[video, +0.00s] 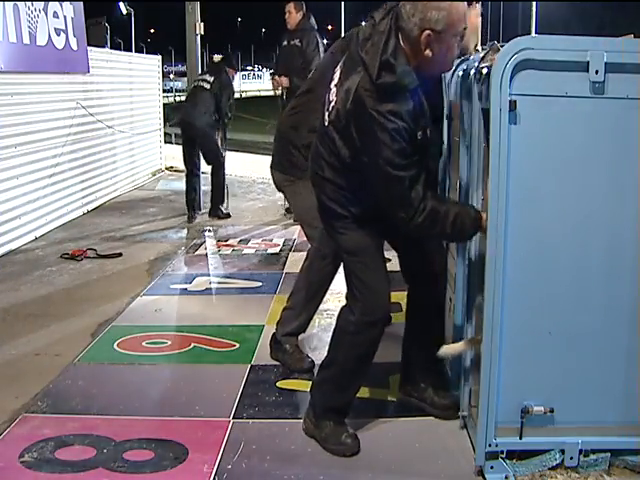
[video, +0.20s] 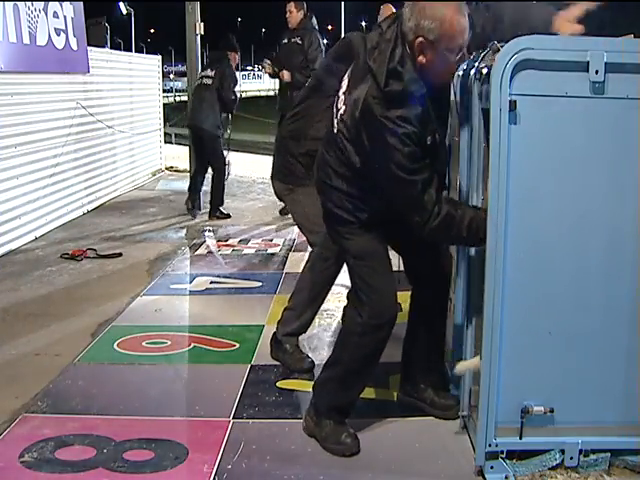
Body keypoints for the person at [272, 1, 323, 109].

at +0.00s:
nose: (286, 17)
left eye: (289, 13)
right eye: (286, 13)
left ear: (300, 14)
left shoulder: (311, 36)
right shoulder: (287, 36)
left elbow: (315, 73)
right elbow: (280, 62)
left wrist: (291, 82)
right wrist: (277, 77)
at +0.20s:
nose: (287, 15)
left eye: (290, 11)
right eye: (286, 12)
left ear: (302, 12)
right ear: (291, 13)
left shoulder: (311, 36)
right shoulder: (287, 35)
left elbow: (317, 72)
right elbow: (283, 65)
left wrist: (293, 77)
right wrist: (272, 69)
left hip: (305, 106)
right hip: (286, 105)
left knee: (301, 152)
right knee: (285, 151)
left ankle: (301, 199)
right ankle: (288, 198)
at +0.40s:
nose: (283, 16)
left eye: (286, 12)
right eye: (282, 12)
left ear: (297, 12)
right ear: (287, 13)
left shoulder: (308, 36)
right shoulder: (285, 35)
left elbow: (314, 72)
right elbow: (278, 66)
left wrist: (291, 72)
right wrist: (263, 59)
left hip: (298, 109)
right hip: (283, 107)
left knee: (284, 154)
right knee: (278, 153)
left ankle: (274, 204)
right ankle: (274, 202)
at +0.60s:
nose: (273, 18)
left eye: (276, 14)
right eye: (272, 14)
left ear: (288, 13)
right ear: (275, 15)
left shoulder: (300, 38)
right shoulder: (272, 37)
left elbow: (304, 70)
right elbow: (264, 66)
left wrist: (285, 64)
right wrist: (249, 50)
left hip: (293, 109)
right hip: (276, 108)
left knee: (274, 159)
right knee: (270, 158)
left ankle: (259, 205)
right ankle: (258, 206)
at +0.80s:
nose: (260, 18)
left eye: (263, 13)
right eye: (258, 14)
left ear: (274, 12)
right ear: (259, 15)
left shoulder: (286, 35)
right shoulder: (259, 35)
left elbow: (294, 68)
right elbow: (245, 62)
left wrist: (273, 55)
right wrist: (236, 41)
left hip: (281, 108)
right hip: (260, 107)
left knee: (287, 159)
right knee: (259, 161)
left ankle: (301, 211)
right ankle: (256, 211)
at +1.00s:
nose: (247, 16)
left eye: (250, 11)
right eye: (245, 12)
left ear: (261, 10)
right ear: (244, 13)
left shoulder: (272, 31)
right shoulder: (242, 33)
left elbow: (281, 61)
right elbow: (226, 58)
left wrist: (265, 39)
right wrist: (225, 27)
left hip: (265, 105)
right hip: (245, 105)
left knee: (265, 157)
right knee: (247, 160)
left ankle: (291, 198)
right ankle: (255, 211)